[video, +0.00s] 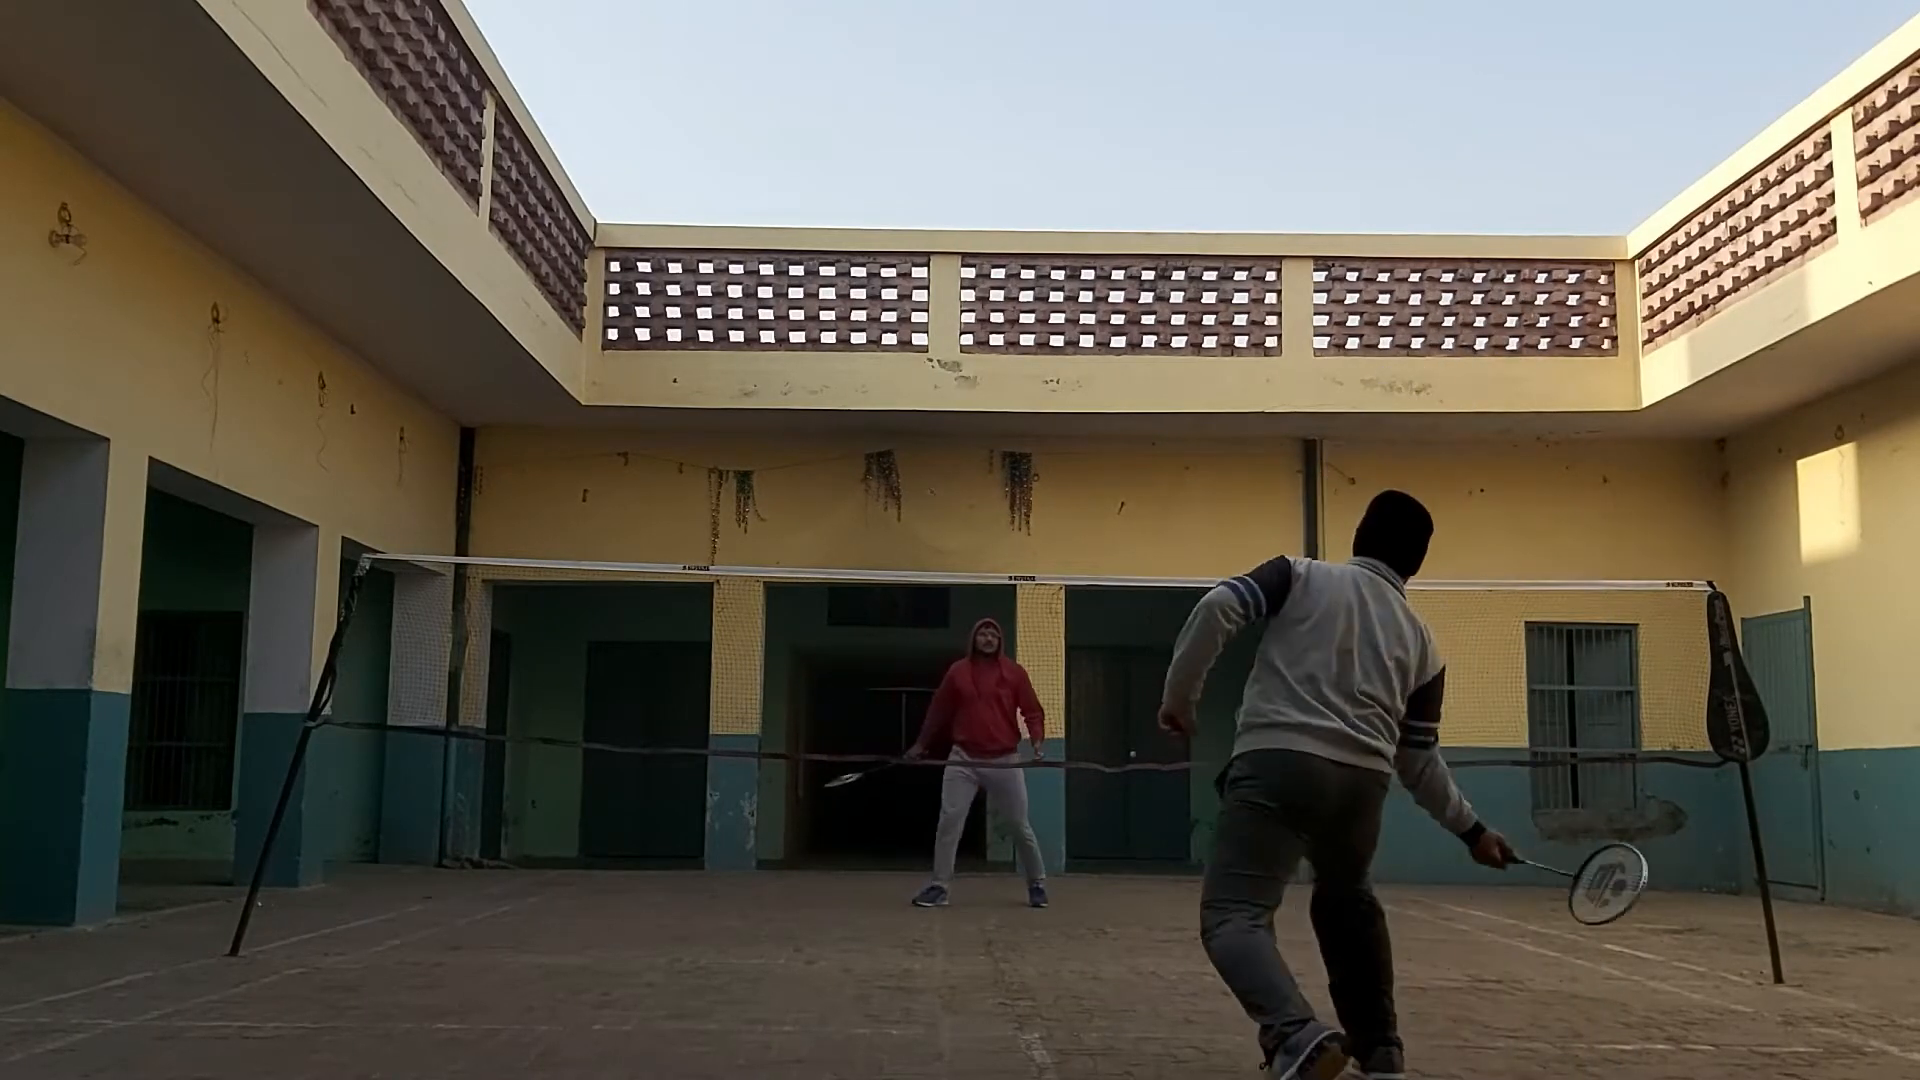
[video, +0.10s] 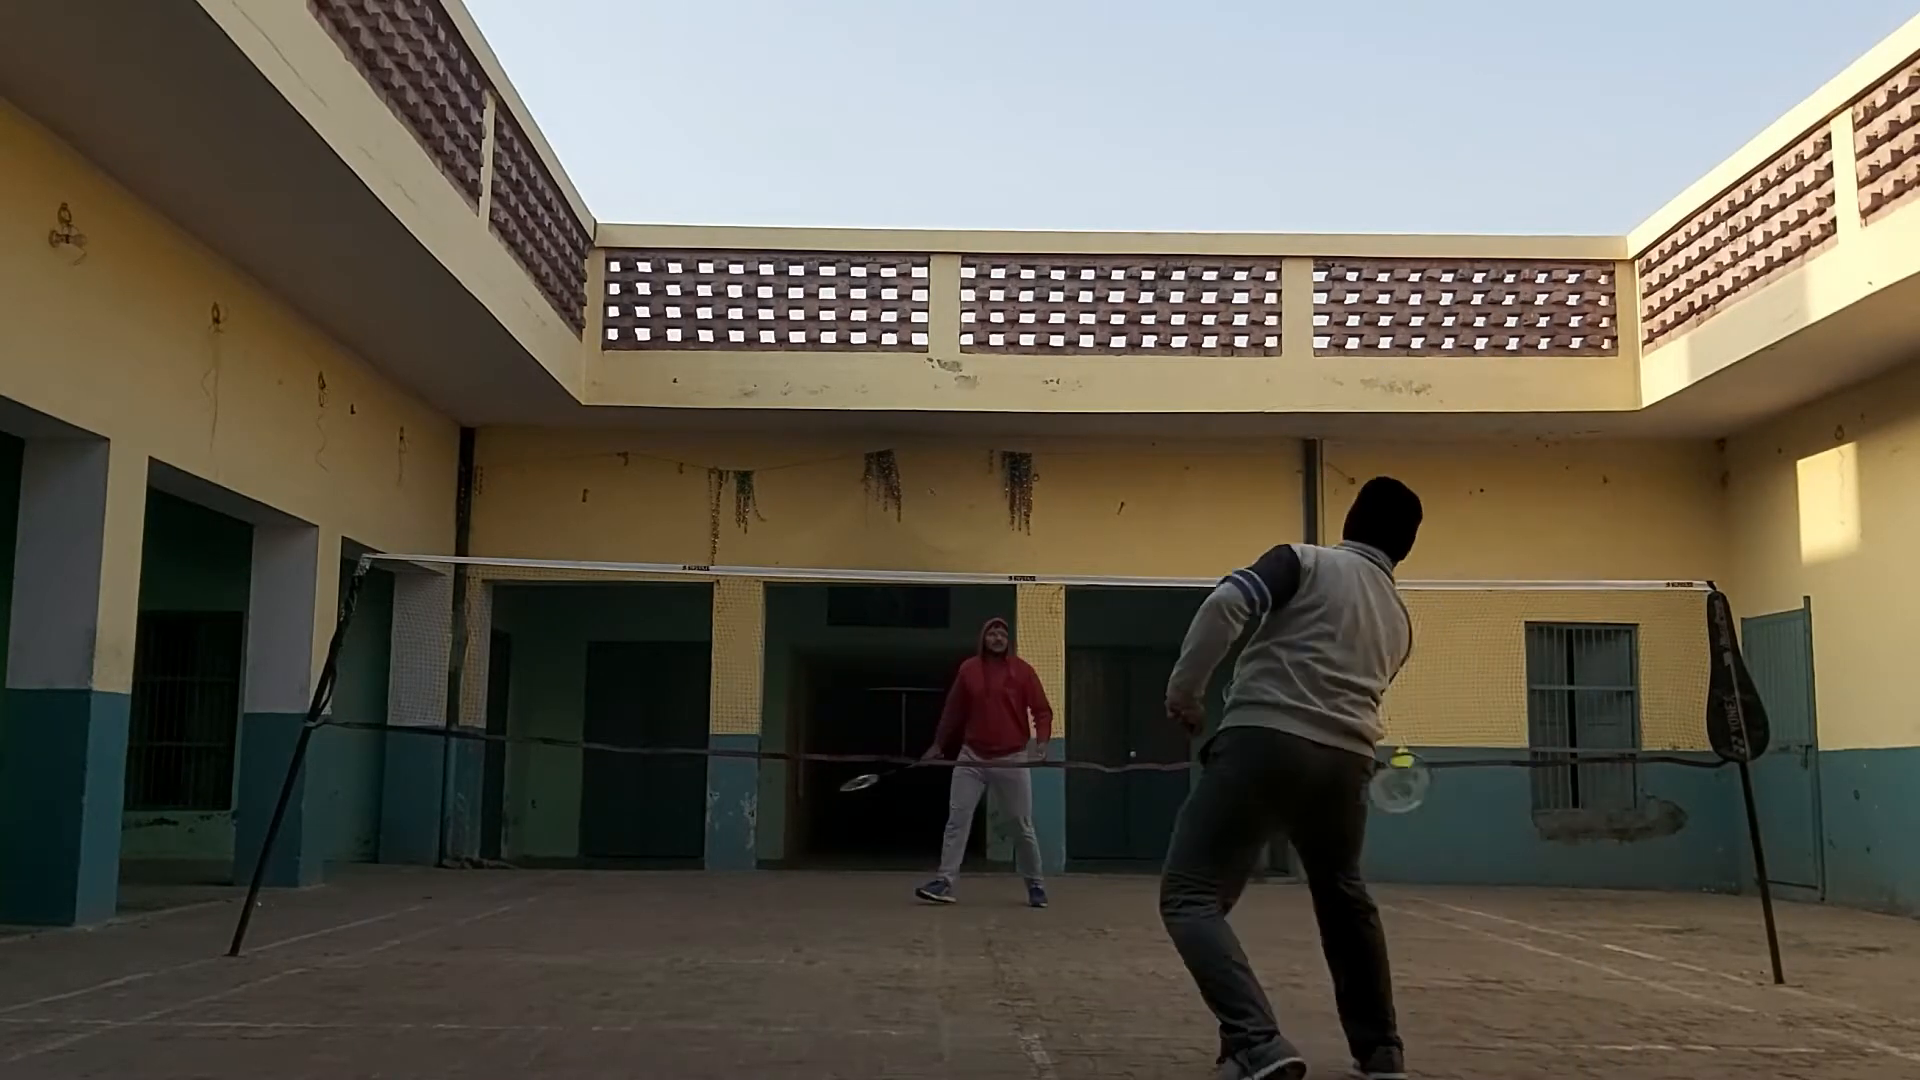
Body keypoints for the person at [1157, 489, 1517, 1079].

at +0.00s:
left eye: (1360, 534)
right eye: (1413, 552)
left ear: (1356, 539)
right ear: (1416, 562)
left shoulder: (1300, 574)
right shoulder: (1421, 645)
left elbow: (1220, 604)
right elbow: (1418, 759)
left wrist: (1178, 698)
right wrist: (1474, 830)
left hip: (1274, 757)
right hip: (1362, 782)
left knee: (1235, 916)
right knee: (1346, 895)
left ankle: (1296, 1035)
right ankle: (1379, 1050)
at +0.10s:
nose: (1346, 523)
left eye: (1350, 515)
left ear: (1348, 523)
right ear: (1405, 548)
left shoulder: (1302, 559)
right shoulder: (1401, 620)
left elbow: (1229, 602)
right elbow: (1359, 684)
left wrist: (1184, 687)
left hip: (1260, 741)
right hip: (1343, 763)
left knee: (1190, 896)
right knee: (1343, 891)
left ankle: (1257, 1046)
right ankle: (1379, 1052)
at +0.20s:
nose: (1322, 494)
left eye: (1327, 487)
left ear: (1324, 494)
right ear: (1380, 516)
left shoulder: (1283, 540)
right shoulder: (1377, 582)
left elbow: (1200, 586)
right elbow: (1319, 640)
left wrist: (1187, 665)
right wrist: (1236, 659)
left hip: (1248, 727)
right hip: (1330, 743)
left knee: (1161, 875)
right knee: (1328, 885)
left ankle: (1176, 1048)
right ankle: (1381, 1049)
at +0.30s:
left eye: (1275, 478)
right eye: (1334, 495)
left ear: (1272, 485)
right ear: (1333, 498)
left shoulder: (1238, 537)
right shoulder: (1336, 558)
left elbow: (1155, 597)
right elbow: (1275, 560)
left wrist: (1218, 604)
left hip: (1226, 723)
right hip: (1308, 733)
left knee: (1136, 874)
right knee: (1320, 879)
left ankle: (1090, 1033)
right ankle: (1373, 1037)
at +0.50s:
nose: (1164, 502)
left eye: (1165, 492)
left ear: (1164, 498)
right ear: (1226, 502)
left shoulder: (1136, 566)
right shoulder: (1253, 562)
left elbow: (1056, 630)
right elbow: (1197, 600)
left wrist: (1090, 589)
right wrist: (1149, 559)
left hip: (1162, 757)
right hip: (1253, 756)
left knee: (1093, 896)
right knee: (1293, 893)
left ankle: (1072, 1047)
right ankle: (1368, 1039)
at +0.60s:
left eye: (1125, 479)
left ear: (1117, 487)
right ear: (1183, 489)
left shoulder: (1083, 561)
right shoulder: (1220, 553)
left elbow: (1020, 643)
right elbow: (1209, 629)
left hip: (1131, 751)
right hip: (1228, 746)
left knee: (1086, 894)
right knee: (1272, 885)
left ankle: (1073, 1043)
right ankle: (1324, 1040)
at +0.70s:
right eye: (1146, 471)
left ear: (1086, 477)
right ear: (1152, 476)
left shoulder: (1058, 552)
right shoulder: (1195, 539)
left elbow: (990, 657)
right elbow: (1216, 630)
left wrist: (926, 733)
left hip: (1109, 737)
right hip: (1208, 727)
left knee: (1089, 886)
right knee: (1244, 875)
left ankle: (1073, 1044)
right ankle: (1241, 1025)